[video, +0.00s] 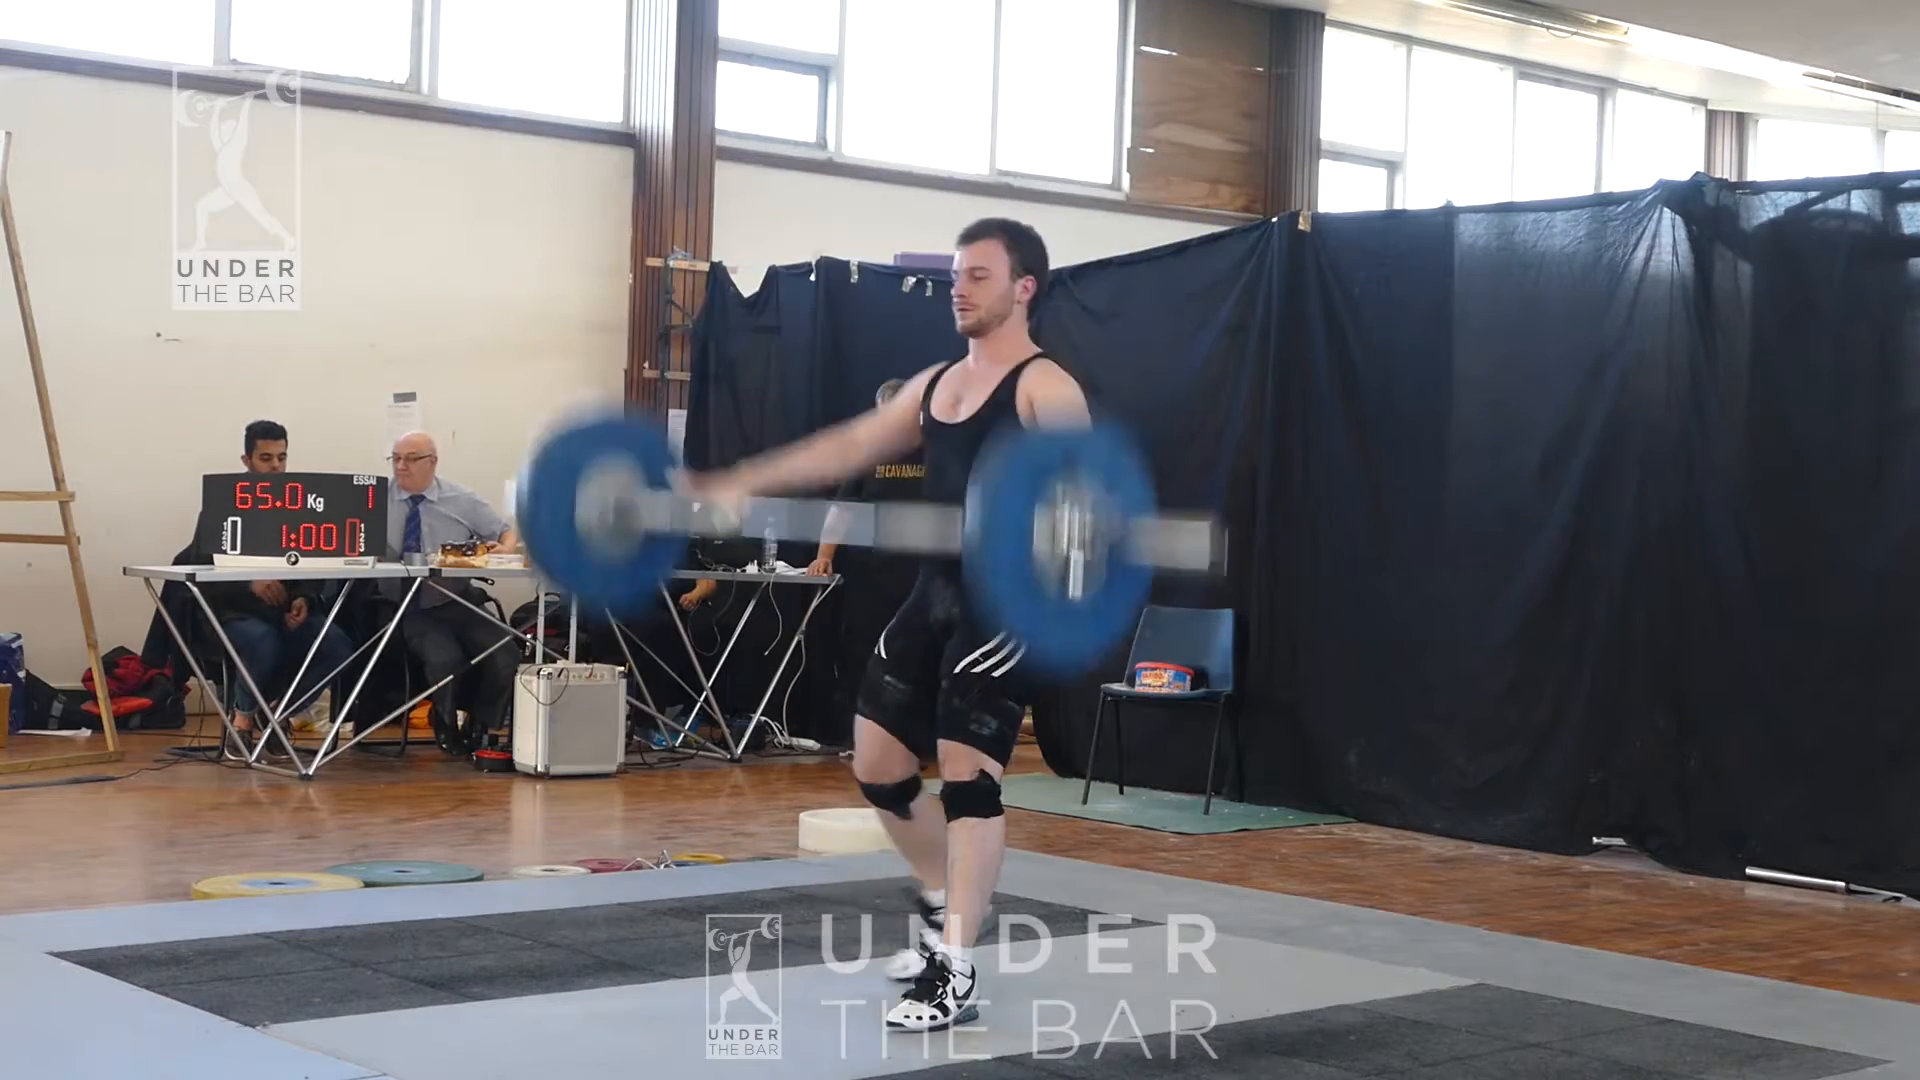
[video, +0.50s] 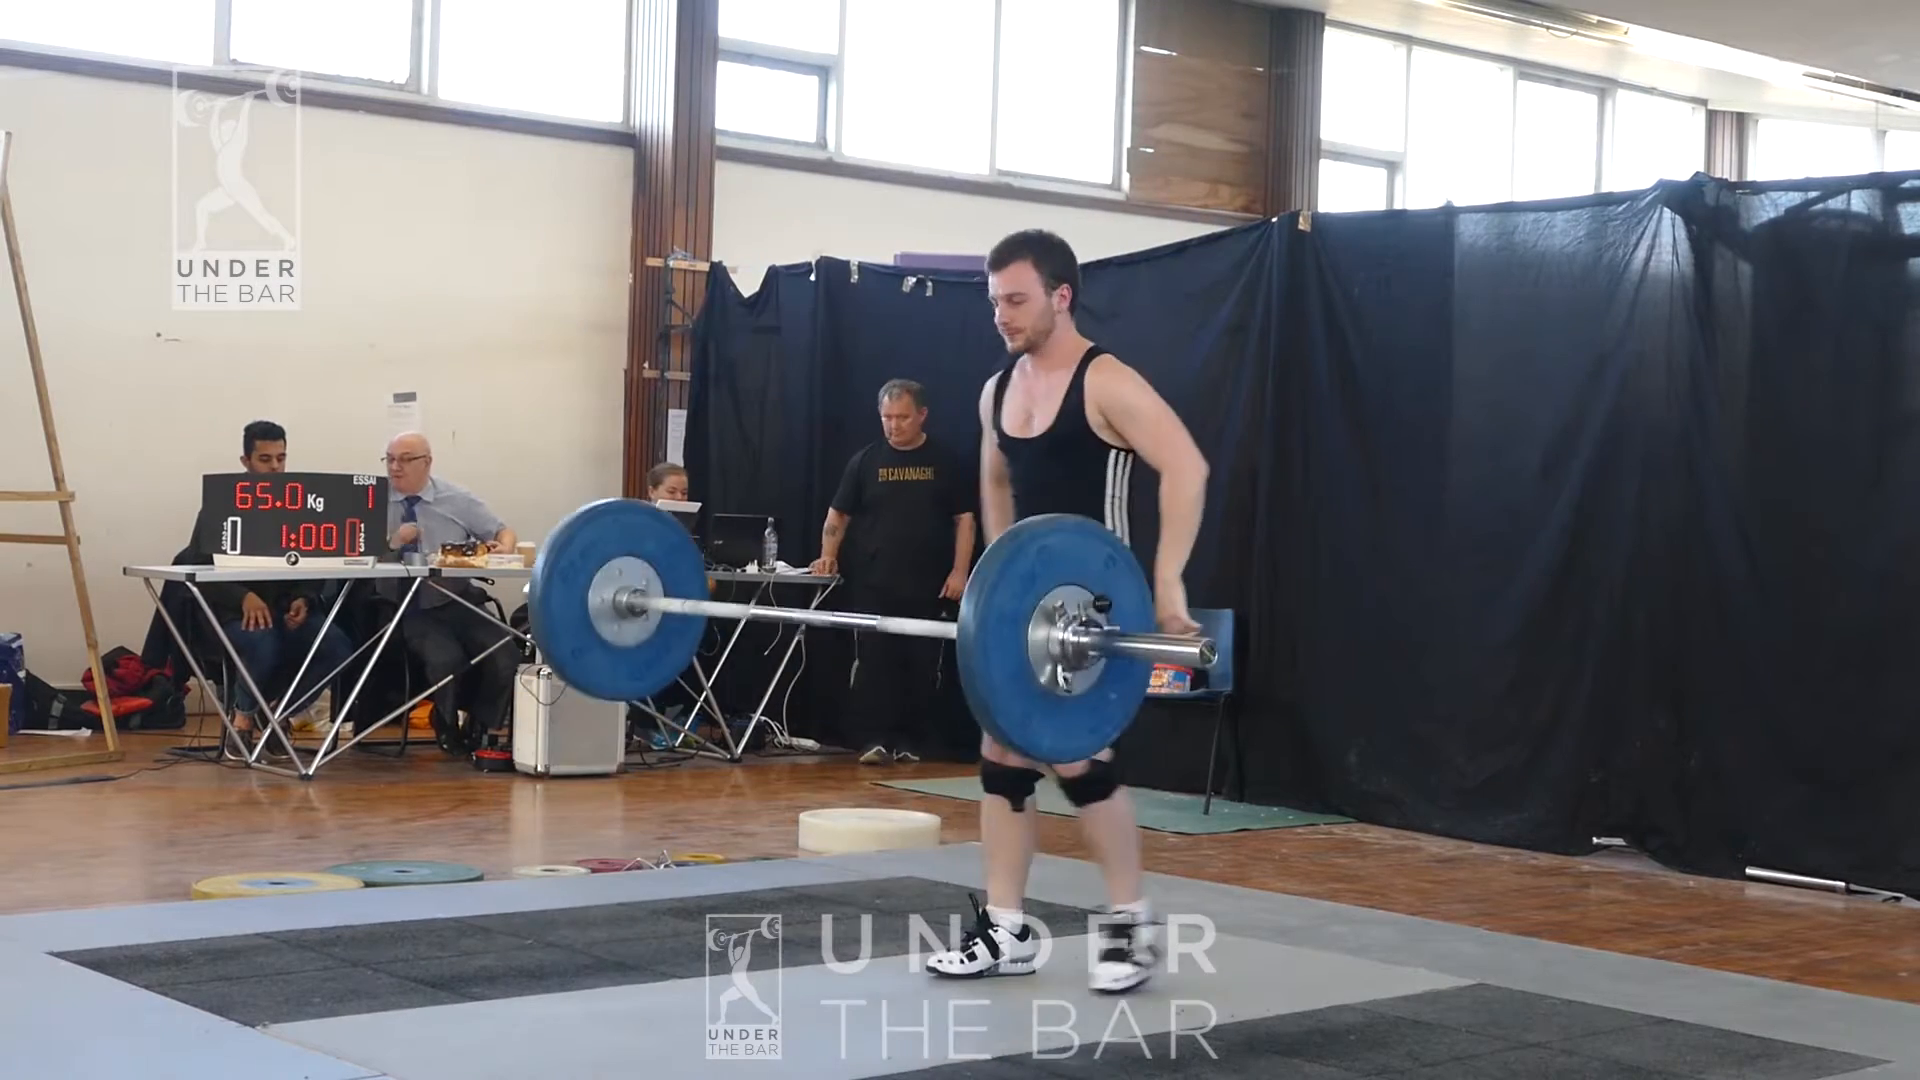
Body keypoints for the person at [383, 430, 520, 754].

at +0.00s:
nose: (401, 466)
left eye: (411, 460)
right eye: (396, 459)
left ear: (432, 463)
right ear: (391, 461)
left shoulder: (460, 501)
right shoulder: (379, 501)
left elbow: (508, 532)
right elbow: (348, 535)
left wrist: (504, 547)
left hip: (459, 602)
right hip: (406, 607)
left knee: (505, 655)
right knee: (445, 658)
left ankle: (480, 726)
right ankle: (444, 720)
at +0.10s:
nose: (401, 467)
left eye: (411, 460)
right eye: (396, 459)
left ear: (432, 463)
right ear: (391, 461)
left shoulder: (460, 500)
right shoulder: (379, 501)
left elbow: (508, 534)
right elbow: (349, 536)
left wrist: (504, 547)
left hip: (458, 603)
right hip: (404, 607)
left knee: (504, 651)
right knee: (445, 659)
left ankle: (480, 723)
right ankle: (445, 719)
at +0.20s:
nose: (401, 467)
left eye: (411, 460)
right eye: (396, 460)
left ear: (432, 463)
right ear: (390, 462)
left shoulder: (460, 501)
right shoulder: (378, 502)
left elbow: (507, 534)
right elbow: (348, 536)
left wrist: (504, 547)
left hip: (459, 603)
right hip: (406, 607)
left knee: (506, 654)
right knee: (445, 659)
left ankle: (480, 726)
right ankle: (445, 718)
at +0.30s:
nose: (398, 468)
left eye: (409, 461)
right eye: (393, 461)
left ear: (431, 464)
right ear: (388, 462)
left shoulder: (459, 501)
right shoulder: (377, 503)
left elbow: (507, 534)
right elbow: (347, 537)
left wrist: (504, 547)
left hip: (458, 603)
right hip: (405, 608)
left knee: (506, 654)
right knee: (445, 659)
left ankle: (480, 724)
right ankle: (446, 719)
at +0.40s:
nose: (398, 468)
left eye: (408, 461)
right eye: (392, 461)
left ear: (429, 464)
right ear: (387, 462)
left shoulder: (457, 501)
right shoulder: (377, 503)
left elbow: (505, 534)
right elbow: (341, 536)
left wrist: (503, 547)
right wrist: (374, 537)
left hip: (458, 603)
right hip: (405, 607)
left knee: (504, 651)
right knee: (445, 658)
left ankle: (480, 725)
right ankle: (445, 720)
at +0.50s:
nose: (395, 467)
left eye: (406, 460)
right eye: (390, 460)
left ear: (427, 463)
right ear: (385, 462)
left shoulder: (456, 500)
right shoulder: (375, 504)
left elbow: (504, 533)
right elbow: (352, 549)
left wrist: (503, 546)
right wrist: (391, 540)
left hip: (458, 601)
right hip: (405, 606)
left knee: (504, 655)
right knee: (446, 658)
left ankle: (480, 726)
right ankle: (445, 720)